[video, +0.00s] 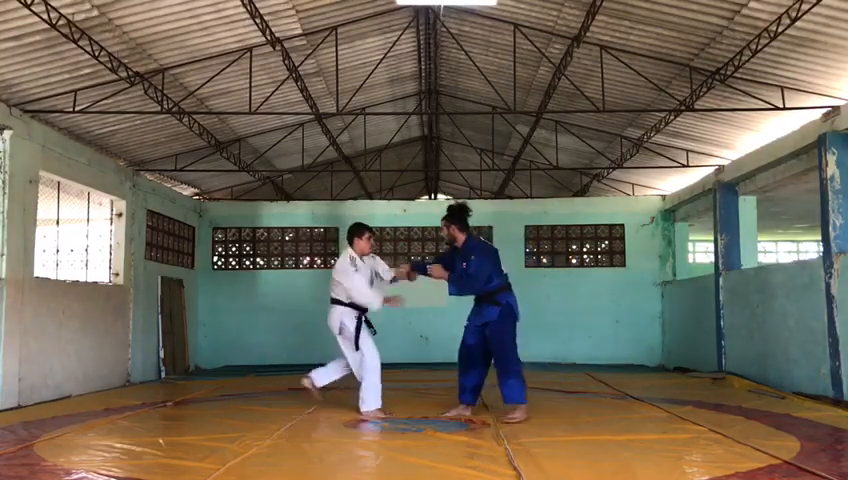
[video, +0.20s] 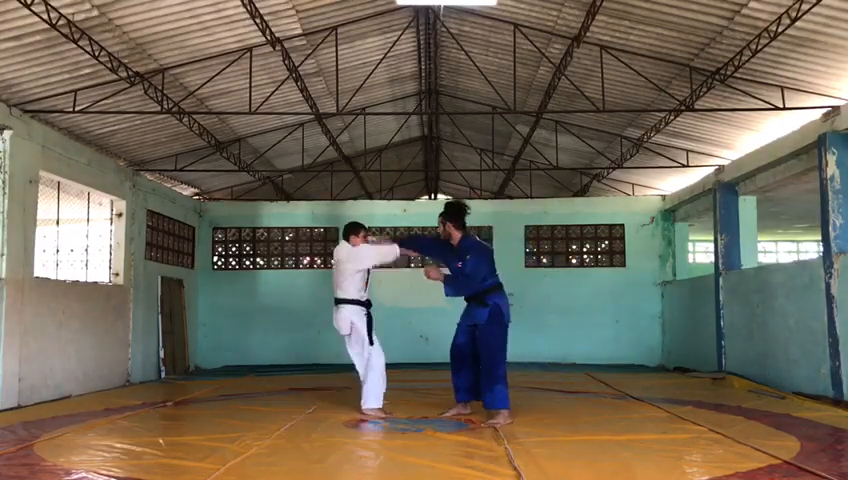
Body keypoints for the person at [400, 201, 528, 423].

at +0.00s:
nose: (444, 233)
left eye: (445, 228)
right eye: (443, 228)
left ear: (453, 228)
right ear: (458, 227)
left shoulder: (481, 249)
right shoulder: (457, 251)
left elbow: (477, 283)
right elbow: (438, 266)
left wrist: (447, 276)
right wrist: (413, 268)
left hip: (501, 305)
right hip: (481, 305)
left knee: (504, 353)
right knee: (470, 352)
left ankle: (520, 406)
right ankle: (465, 405)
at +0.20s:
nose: (440, 230)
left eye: (441, 225)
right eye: (440, 226)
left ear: (448, 225)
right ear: (457, 224)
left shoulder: (477, 249)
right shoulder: (449, 247)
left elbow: (470, 283)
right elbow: (422, 244)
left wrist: (442, 277)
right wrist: (393, 245)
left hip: (493, 305)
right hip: (473, 305)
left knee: (492, 355)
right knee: (460, 349)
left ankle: (503, 411)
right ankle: (463, 404)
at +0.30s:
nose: (435, 224)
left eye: (436, 220)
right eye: (436, 220)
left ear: (443, 220)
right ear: (453, 220)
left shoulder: (472, 248)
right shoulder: (442, 243)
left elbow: (468, 283)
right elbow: (416, 239)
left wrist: (439, 281)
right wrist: (389, 235)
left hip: (485, 304)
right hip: (465, 304)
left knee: (489, 355)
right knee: (457, 352)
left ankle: (501, 410)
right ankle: (462, 404)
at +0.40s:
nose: (430, 222)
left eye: (431, 218)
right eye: (431, 218)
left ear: (438, 219)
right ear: (447, 218)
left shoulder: (466, 246)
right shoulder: (438, 240)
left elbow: (467, 281)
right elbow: (411, 234)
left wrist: (437, 283)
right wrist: (384, 230)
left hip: (476, 303)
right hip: (458, 303)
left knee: (474, 352)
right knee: (452, 352)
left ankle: (490, 403)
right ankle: (461, 403)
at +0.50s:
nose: (425, 220)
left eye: (426, 216)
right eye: (425, 217)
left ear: (432, 218)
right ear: (441, 217)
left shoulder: (461, 246)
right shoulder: (432, 237)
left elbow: (462, 283)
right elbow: (407, 230)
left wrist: (433, 285)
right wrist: (380, 223)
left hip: (467, 303)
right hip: (453, 302)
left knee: (456, 350)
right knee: (447, 350)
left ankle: (463, 405)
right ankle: (458, 403)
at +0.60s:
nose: (419, 222)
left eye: (420, 218)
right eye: (419, 219)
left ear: (426, 219)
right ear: (436, 218)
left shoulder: (452, 246)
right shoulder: (428, 238)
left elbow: (456, 284)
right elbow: (401, 235)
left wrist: (426, 288)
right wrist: (374, 227)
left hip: (459, 306)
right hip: (448, 304)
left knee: (445, 354)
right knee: (446, 352)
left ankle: (448, 413)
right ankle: (460, 401)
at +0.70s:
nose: (408, 226)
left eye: (411, 222)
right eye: (409, 221)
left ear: (421, 223)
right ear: (423, 221)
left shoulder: (446, 247)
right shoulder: (417, 240)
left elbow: (451, 284)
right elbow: (393, 245)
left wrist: (420, 291)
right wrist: (366, 248)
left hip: (454, 306)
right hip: (442, 304)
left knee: (440, 352)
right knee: (437, 348)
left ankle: (446, 413)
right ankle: (455, 395)